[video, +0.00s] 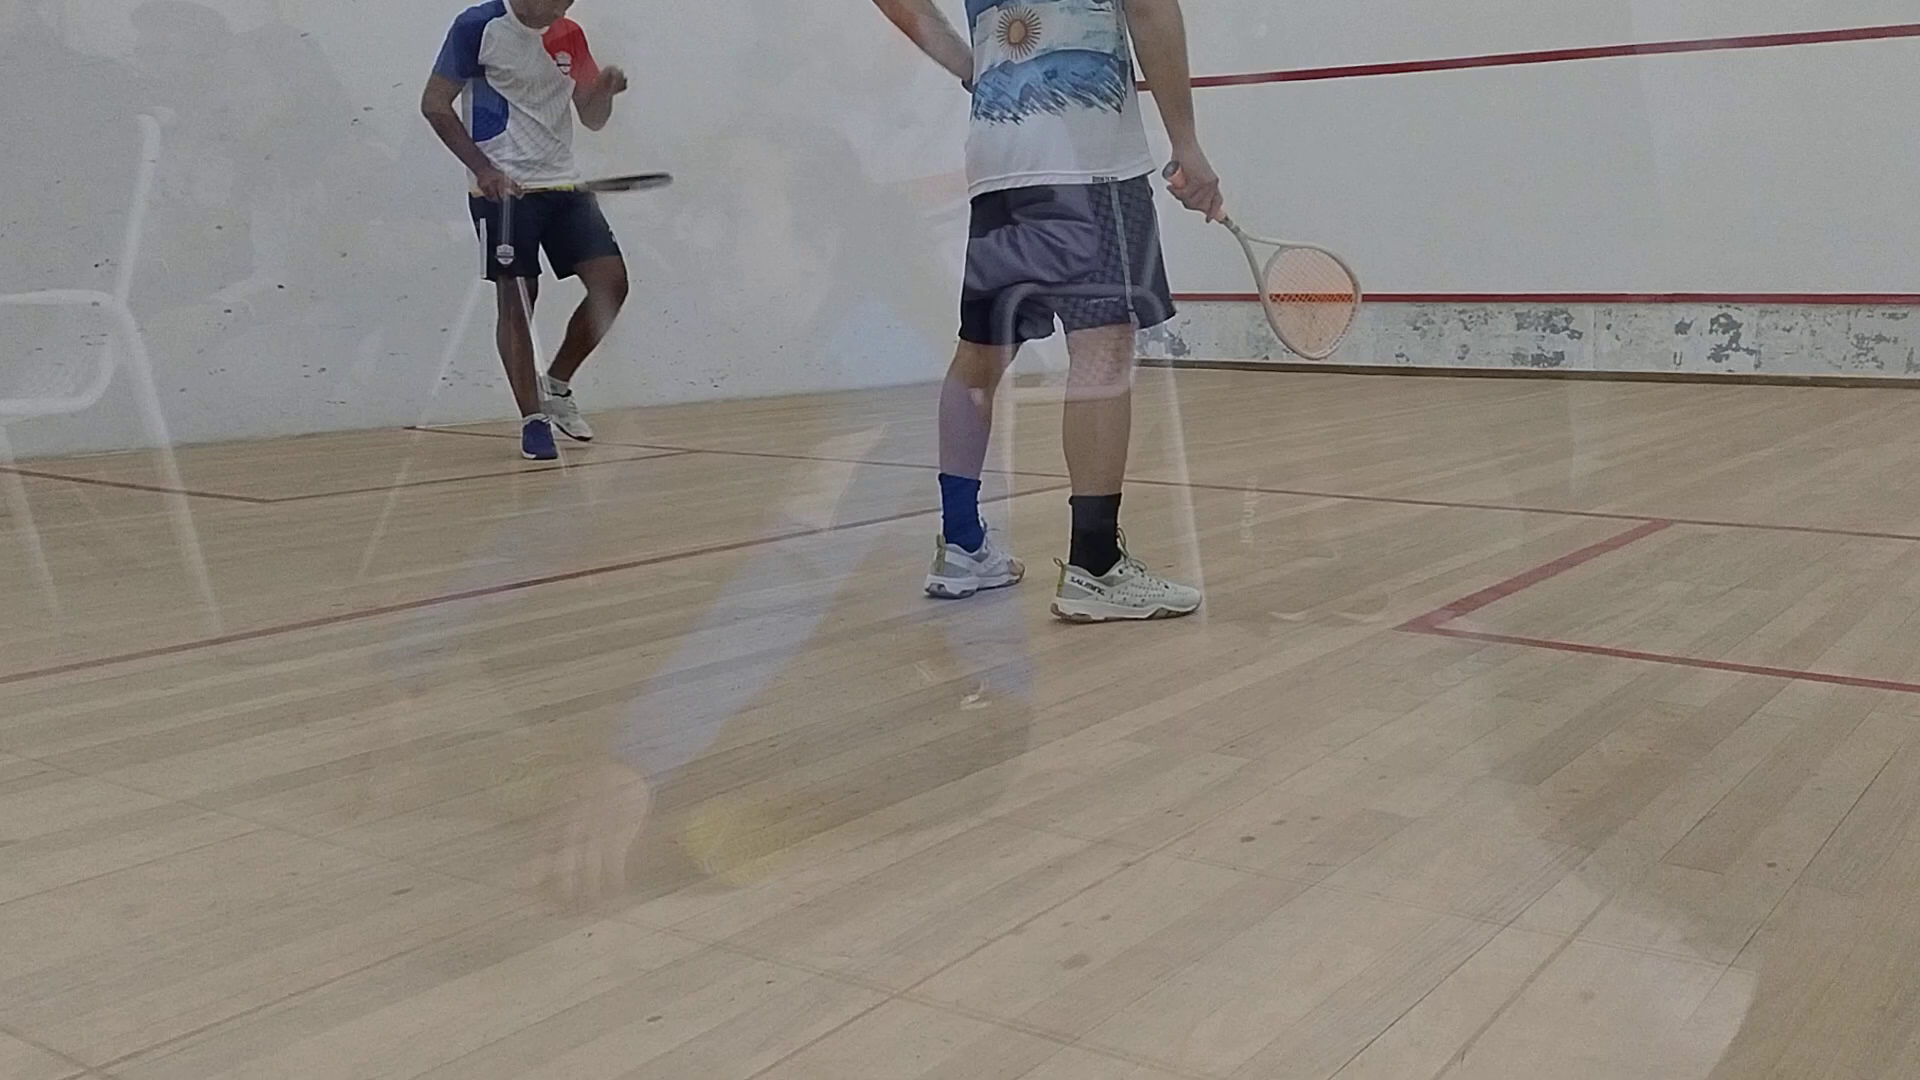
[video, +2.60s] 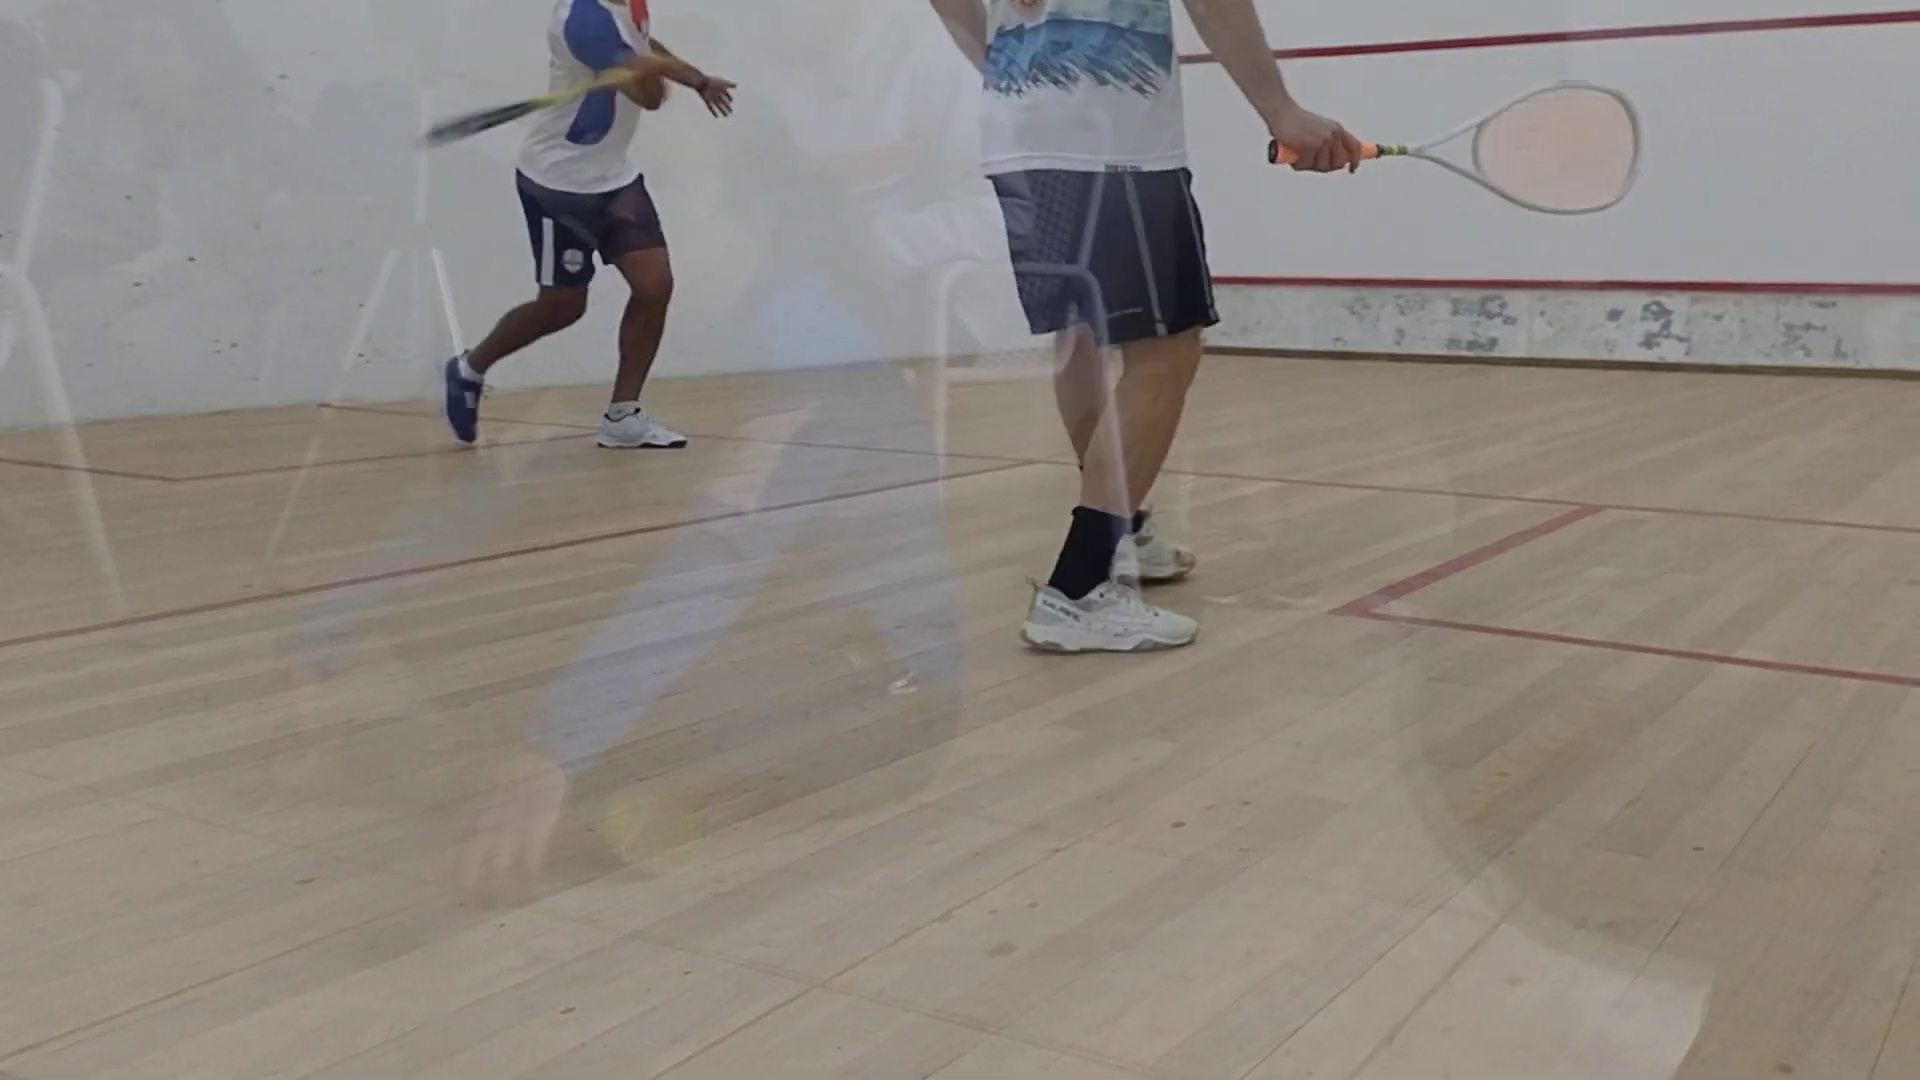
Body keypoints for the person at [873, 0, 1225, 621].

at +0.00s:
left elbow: (898, 1)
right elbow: (1152, 10)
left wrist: (978, 71)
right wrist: (1186, 144)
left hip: (993, 143)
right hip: (1085, 141)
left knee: (980, 352)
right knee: (1101, 354)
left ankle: (961, 546)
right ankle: (1095, 567)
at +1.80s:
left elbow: (952, 1)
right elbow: (1196, 2)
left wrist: (1021, 63)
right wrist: (1264, 98)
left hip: (1005, 115)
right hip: (1104, 115)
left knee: (1002, 319)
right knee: (1138, 332)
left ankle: (953, 521)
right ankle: (1071, 554)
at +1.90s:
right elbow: (1215, 1)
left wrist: (1023, 54)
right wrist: (1281, 91)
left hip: (1020, 107)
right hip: (1118, 108)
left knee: (1045, 310)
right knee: (1139, 336)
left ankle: (986, 507)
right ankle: (1067, 551)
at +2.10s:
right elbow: (1240, 0)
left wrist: (1042, 63)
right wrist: (1304, 95)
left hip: (1050, 115)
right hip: (1128, 119)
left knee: (1122, 326)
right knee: (1166, 334)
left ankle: (1148, 526)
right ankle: (1058, 545)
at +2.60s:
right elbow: (1210, 2)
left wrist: (1016, 72)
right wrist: (1283, 109)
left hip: (1017, 120)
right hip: (1113, 121)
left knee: (1077, 336)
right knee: (1167, 346)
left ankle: (1124, 533)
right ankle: (1077, 591)